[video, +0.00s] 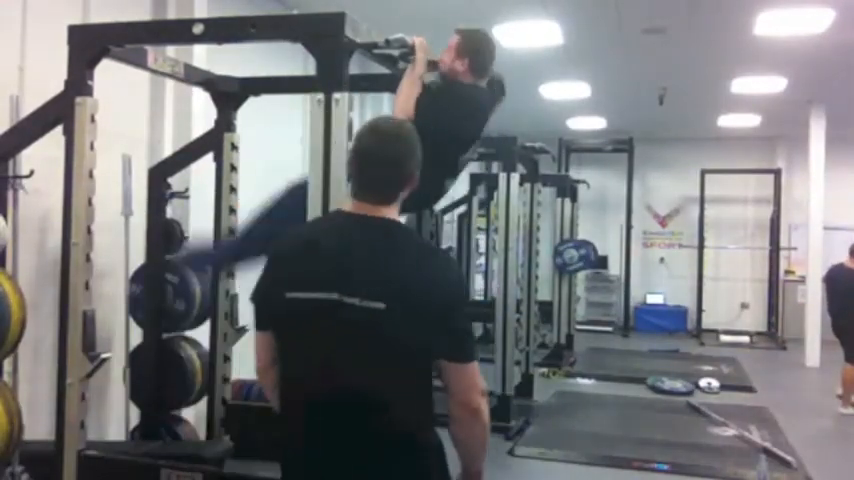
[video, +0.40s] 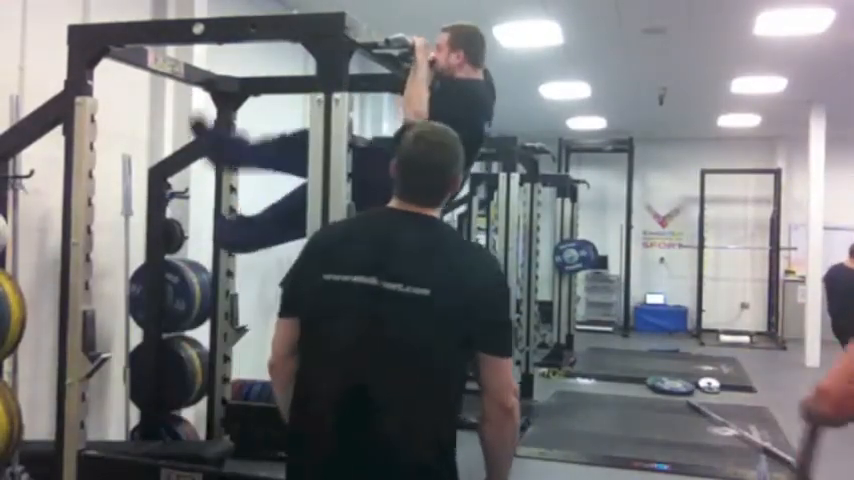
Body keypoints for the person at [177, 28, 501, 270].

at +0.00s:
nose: (441, 55)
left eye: (447, 52)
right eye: (445, 50)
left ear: (462, 62)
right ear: (477, 66)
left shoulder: (453, 96)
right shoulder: (477, 96)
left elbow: (403, 113)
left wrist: (418, 63)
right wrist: (423, 69)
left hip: (400, 187)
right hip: (409, 188)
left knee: (305, 195)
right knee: (308, 195)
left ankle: (225, 254)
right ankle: (229, 251)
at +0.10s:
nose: (430, 48)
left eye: (436, 44)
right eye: (433, 43)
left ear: (454, 55)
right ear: (464, 56)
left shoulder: (455, 92)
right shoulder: (467, 89)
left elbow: (405, 124)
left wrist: (415, 68)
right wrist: (418, 64)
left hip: (385, 174)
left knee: (297, 161)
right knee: (298, 217)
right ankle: (219, 240)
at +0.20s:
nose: (427, 52)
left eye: (431, 47)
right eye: (428, 46)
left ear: (450, 52)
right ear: (462, 54)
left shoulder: (458, 91)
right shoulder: (468, 91)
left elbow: (406, 119)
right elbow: (411, 115)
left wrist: (416, 67)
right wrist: (416, 67)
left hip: (371, 164)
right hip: (380, 182)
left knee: (293, 143)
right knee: (295, 213)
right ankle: (216, 226)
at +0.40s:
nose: (435, 58)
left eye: (440, 53)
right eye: (437, 53)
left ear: (459, 55)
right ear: (467, 56)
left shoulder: (468, 92)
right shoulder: (471, 89)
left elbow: (415, 113)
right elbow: (419, 111)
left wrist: (420, 63)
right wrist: (423, 68)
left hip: (392, 172)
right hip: (398, 178)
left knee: (314, 146)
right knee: (317, 201)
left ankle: (233, 150)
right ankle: (239, 235)